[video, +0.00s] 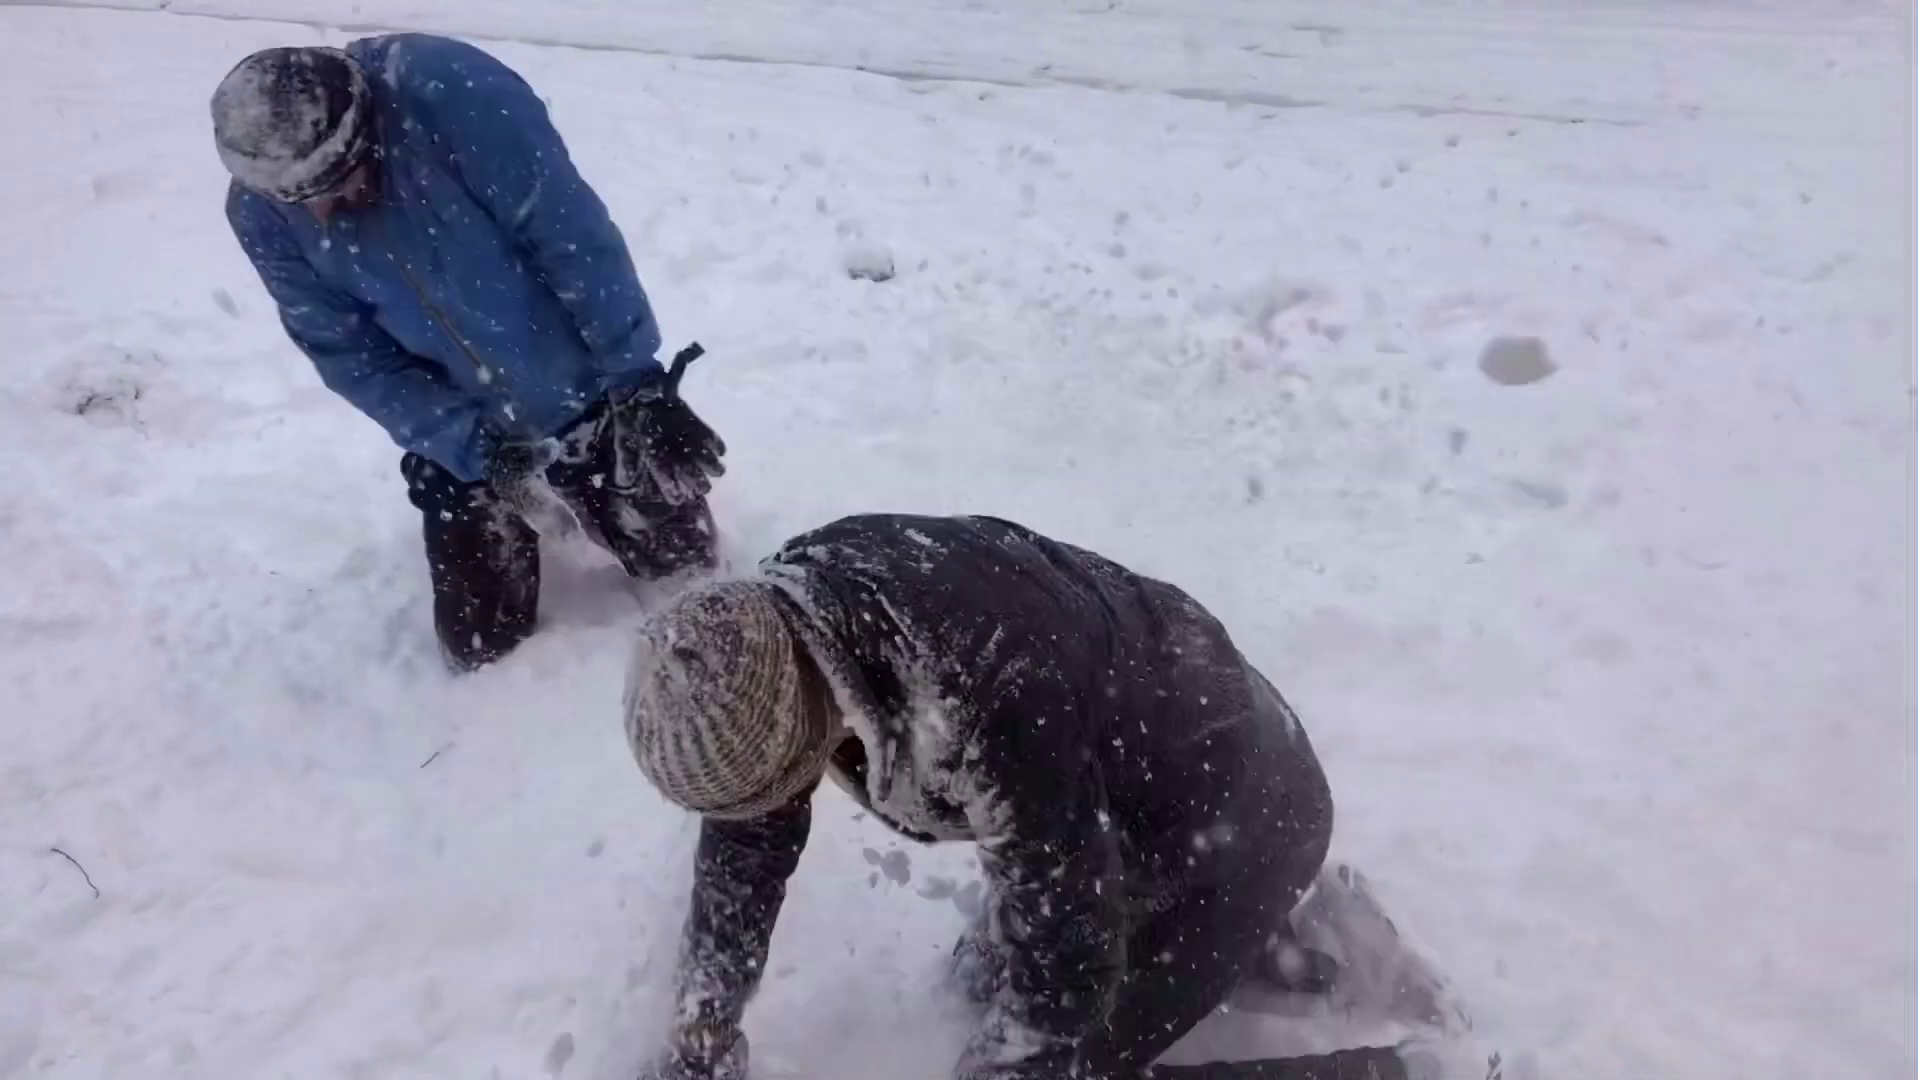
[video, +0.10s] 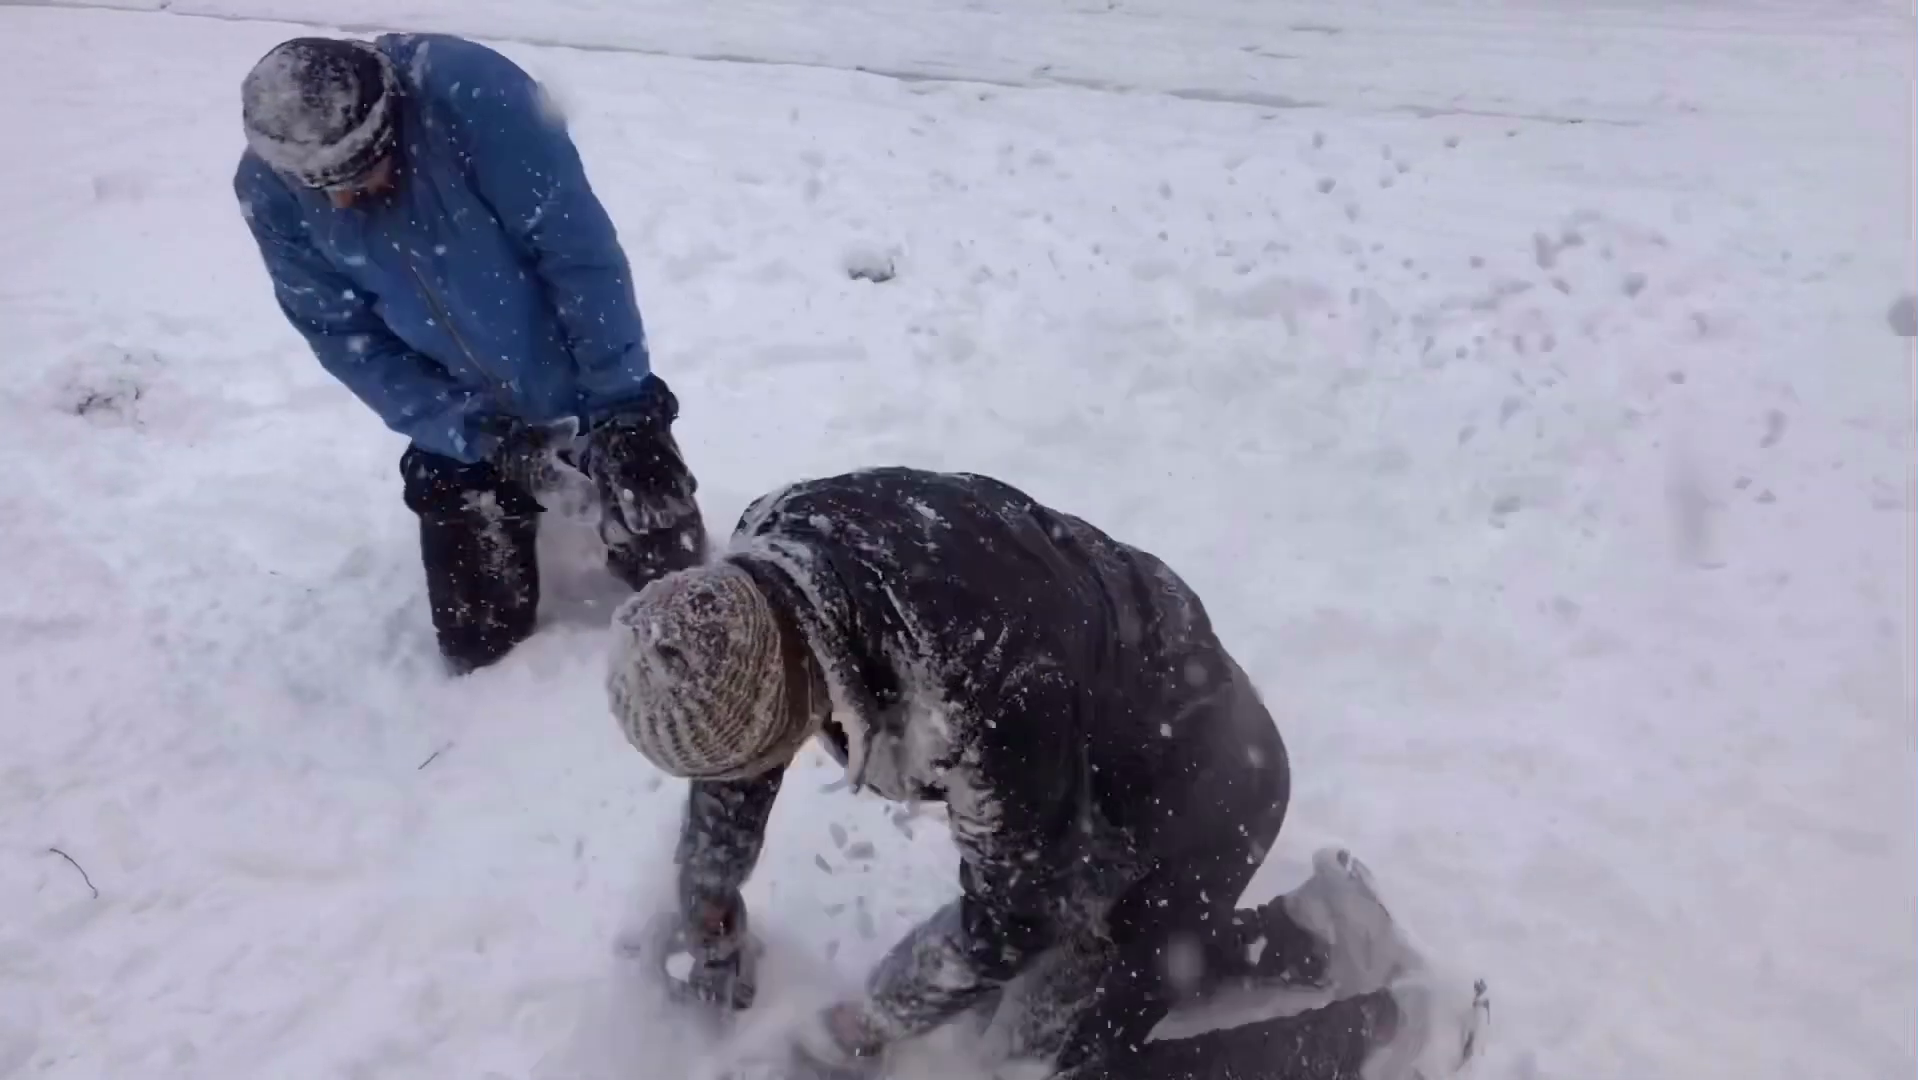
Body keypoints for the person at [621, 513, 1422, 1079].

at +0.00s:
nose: (761, 805)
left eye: (767, 785)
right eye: (735, 805)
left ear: (802, 718)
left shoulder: (989, 677)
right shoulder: (770, 628)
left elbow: (1063, 938)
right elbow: (747, 836)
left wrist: (1034, 1065)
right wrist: (708, 1020)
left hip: (1247, 807)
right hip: (1104, 765)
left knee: (1078, 1051)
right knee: (991, 984)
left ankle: (1366, 1046)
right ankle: (1274, 944)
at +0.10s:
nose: (765, 765)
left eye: (768, 742)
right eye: (736, 762)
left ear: (794, 678)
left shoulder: (981, 640)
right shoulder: (761, 568)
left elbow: (1018, 907)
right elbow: (739, 758)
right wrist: (707, 904)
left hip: (1201, 768)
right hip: (1062, 756)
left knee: (1069, 1051)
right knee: (983, 977)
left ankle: (1379, 1022)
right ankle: (1310, 934)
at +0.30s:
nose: (745, 750)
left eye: (742, 727)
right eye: (716, 737)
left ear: (774, 668)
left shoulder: (970, 650)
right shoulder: (742, 498)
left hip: (1140, 755)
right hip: (990, 752)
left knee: (1058, 1044)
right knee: (974, 958)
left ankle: (1310, 905)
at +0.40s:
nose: (723, 708)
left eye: (725, 692)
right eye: (694, 693)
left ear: (773, 636)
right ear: (670, 562)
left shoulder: (957, 670)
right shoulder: (788, 431)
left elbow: (1031, 859)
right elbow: (702, 382)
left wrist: (992, 1034)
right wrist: (594, 413)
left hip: (1106, 761)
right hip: (977, 740)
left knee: (1041, 1046)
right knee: (977, 934)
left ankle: (1296, 882)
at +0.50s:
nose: (712, 660)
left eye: (712, 638)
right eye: (680, 640)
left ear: (765, 593)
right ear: (675, 480)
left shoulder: (946, 611)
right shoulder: (786, 390)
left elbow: (927, 820)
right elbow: (657, 332)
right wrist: (529, 389)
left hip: (1079, 756)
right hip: (957, 707)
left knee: (1030, 1051)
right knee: (968, 917)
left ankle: (1278, 875)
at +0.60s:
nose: (682, 629)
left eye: (679, 612)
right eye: (652, 608)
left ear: (732, 573)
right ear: (660, 445)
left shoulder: (914, 634)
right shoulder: (764, 384)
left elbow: (935, 869)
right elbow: (617, 361)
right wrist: (450, 465)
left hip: (1082, 747)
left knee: (1026, 1058)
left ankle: (1267, 902)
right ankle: (1196, 836)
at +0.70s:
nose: (680, 634)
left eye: (684, 617)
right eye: (655, 621)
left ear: (732, 569)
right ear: (620, 476)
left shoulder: (907, 592)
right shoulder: (679, 438)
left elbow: (947, 893)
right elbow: (544, 483)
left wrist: (789, 1058)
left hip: (1072, 716)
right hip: (942, 699)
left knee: (1048, 1051)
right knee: (907, 909)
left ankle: (1268, 907)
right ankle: (1129, 818)